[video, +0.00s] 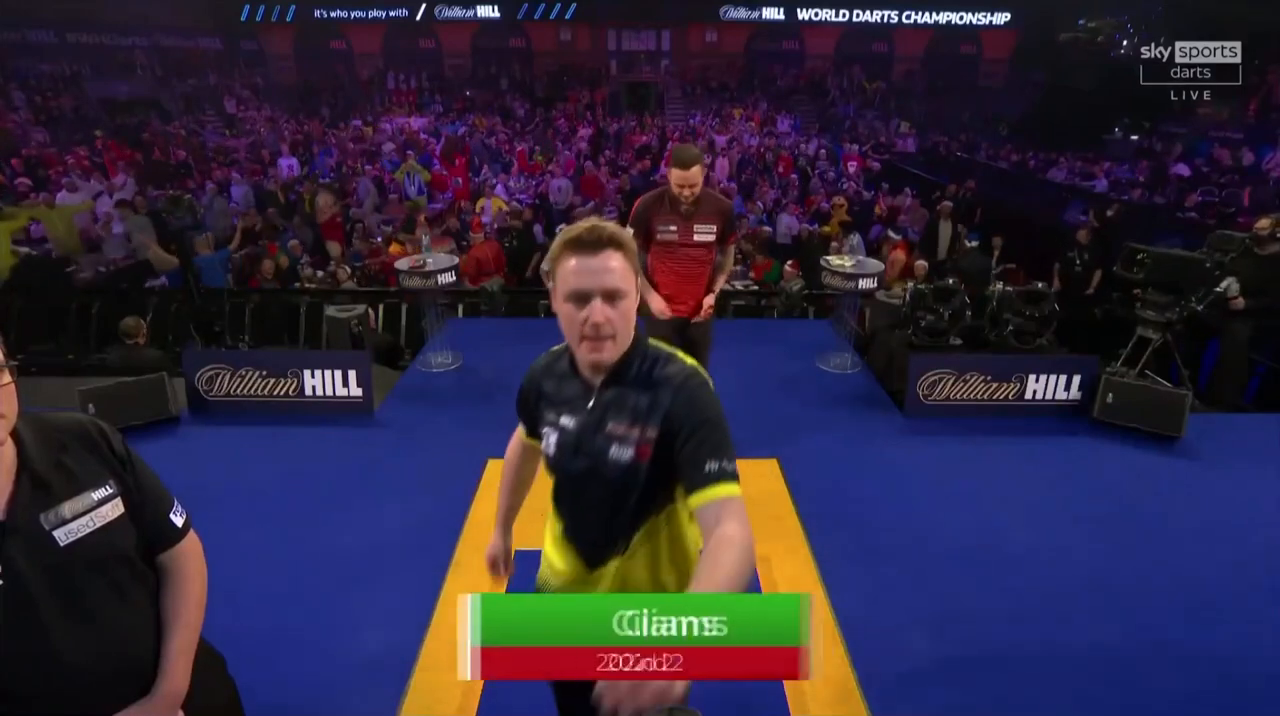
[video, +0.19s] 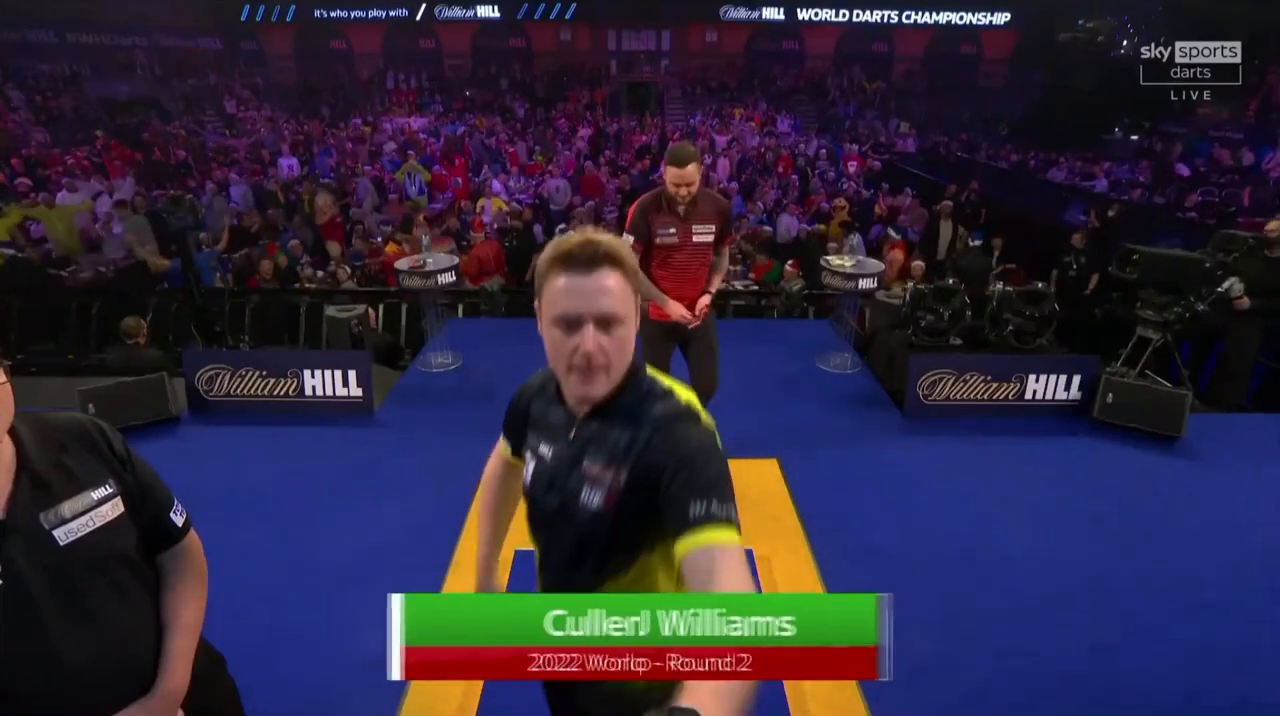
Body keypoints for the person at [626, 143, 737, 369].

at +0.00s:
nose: (686, 193)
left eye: (693, 186)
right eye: (679, 186)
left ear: (703, 175)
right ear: (668, 176)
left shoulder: (722, 209)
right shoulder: (647, 207)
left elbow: (727, 255)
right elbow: (630, 256)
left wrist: (713, 293)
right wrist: (650, 296)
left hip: (698, 318)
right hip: (660, 316)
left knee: (696, 389)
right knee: (659, 390)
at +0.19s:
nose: (682, 192)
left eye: (689, 185)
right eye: (675, 185)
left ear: (700, 174)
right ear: (663, 175)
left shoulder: (719, 208)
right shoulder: (644, 209)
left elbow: (721, 254)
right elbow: (627, 265)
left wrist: (709, 293)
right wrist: (665, 302)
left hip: (699, 317)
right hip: (656, 318)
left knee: (706, 386)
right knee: (656, 390)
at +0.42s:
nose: (697, 184)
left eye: (704, 176)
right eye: (689, 176)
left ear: (715, 174)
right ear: (675, 174)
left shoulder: (725, 212)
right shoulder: (656, 213)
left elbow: (728, 258)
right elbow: (631, 271)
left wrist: (723, 301)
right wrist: (672, 309)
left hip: (709, 327)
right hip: (668, 327)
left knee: (702, 406)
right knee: (659, 406)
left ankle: (698, 480)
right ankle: (649, 479)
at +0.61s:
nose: (710, 176)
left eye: (717, 169)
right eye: (703, 168)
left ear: (727, 171)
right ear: (689, 170)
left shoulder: (737, 216)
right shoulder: (668, 212)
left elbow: (738, 265)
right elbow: (640, 268)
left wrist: (735, 309)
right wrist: (674, 314)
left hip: (717, 332)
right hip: (679, 331)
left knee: (706, 408)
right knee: (677, 408)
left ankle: (697, 474)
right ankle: (645, 474)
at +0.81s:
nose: (723, 173)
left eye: (730, 166)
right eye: (715, 166)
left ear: (739, 169)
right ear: (700, 169)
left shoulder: (749, 216)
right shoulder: (678, 213)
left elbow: (749, 268)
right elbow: (646, 267)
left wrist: (746, 312)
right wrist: (674, 318)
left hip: (724, 336)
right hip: (686, 336)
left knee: (708, 410)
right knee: (684, 415)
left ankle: (697, 474)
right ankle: (671, 484)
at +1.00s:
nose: (728, 173)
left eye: (734, 166)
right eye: (719, 166)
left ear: (743, 169)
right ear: (704, 170)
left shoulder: (750, 218)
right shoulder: (684, 216)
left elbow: (749, 271)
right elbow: (651, 274)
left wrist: (751, 318)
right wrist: (677, 326)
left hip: (729, 339)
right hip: (692, 340)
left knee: (710, 413)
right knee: (690, 424)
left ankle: (698, 474)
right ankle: (672, 513)